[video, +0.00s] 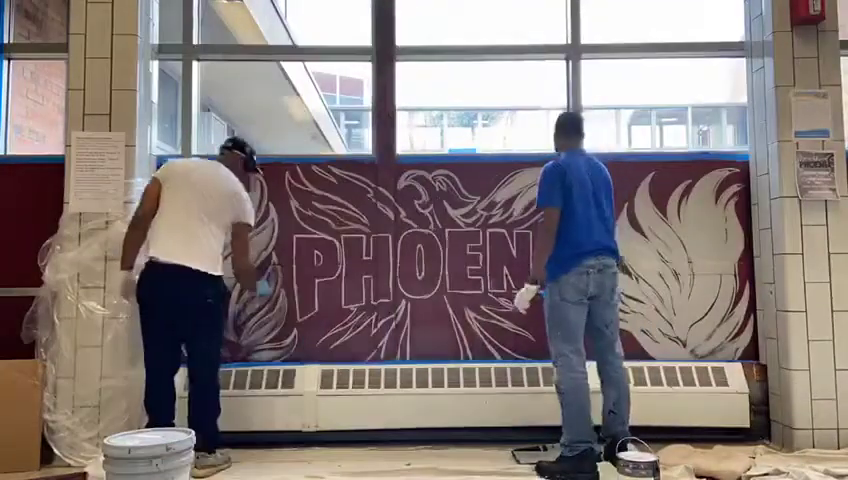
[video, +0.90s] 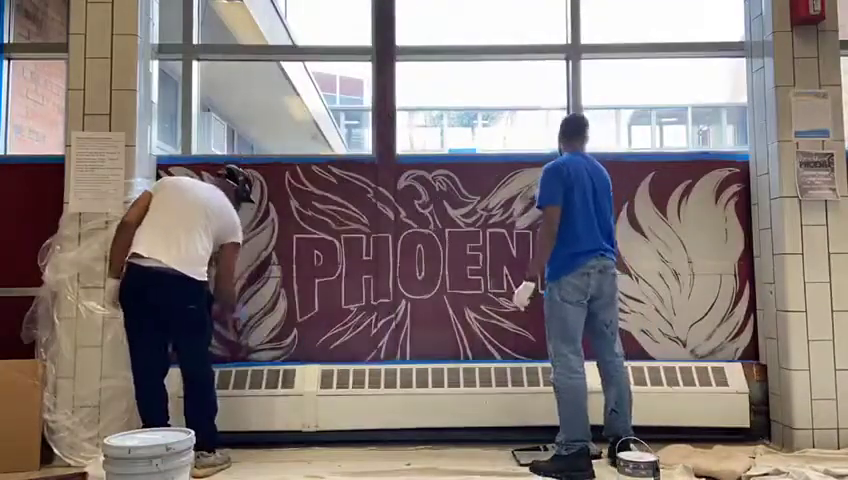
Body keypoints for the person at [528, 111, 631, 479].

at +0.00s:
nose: (558, 140)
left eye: (557, 134)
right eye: (566, 133)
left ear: (556, 136)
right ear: (582, 135)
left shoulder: (555, 169)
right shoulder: (601, 169)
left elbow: (550, 222)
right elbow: (608, 219)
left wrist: (538, 265)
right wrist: (594, 252)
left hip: (570, 269)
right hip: (607, 267)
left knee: (568, 359)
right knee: (610, 355)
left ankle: (578, 451)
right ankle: (617, 437)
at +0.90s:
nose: (564, 144)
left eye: (561, 138)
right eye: (576, 138)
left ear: (559, 138)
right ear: (586, 139)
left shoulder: (555, 170)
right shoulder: (600, 171)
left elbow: (550, 226)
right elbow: (607, 222)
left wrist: (533, 275)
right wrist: (608, 255)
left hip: (569, 270)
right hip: (605, 267)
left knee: (566, 359)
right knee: (611, 354)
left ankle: (574, 450)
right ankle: (621, 435)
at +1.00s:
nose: (531, 149)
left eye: (531, 143)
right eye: (538, 142)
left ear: (533, 142)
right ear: (560, 140)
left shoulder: (543, 170)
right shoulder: (577, 167)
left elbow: (548, 228)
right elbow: (576, 218)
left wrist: (531, 282)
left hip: (566, 271)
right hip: (598, 265)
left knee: (563, 358)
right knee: (604, 349)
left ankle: (573, 451)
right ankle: (620, 434)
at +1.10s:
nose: (540, 269)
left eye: (535, 263)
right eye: (535, 265)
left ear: (521, 245)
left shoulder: (530, 233)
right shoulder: (571, 225)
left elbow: (558, 263)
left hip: (601, 269)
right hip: (639, 264)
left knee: (577, 359)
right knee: (625, 359)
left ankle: (574, 450)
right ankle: (628, 438)